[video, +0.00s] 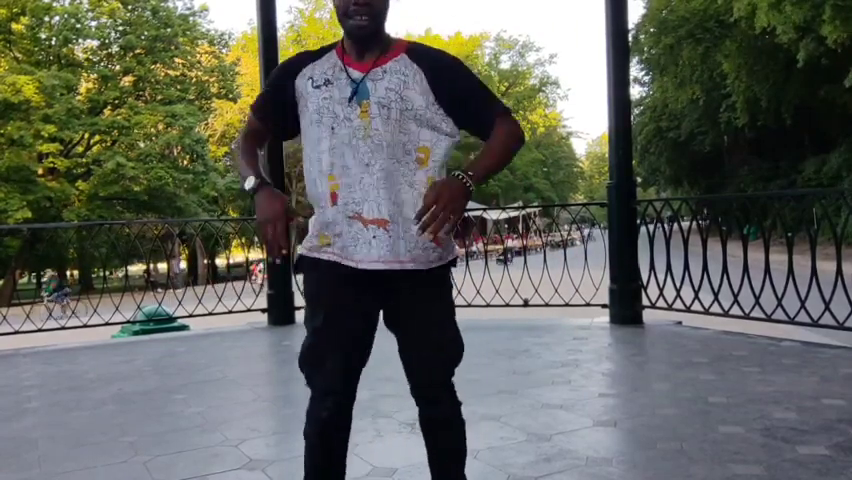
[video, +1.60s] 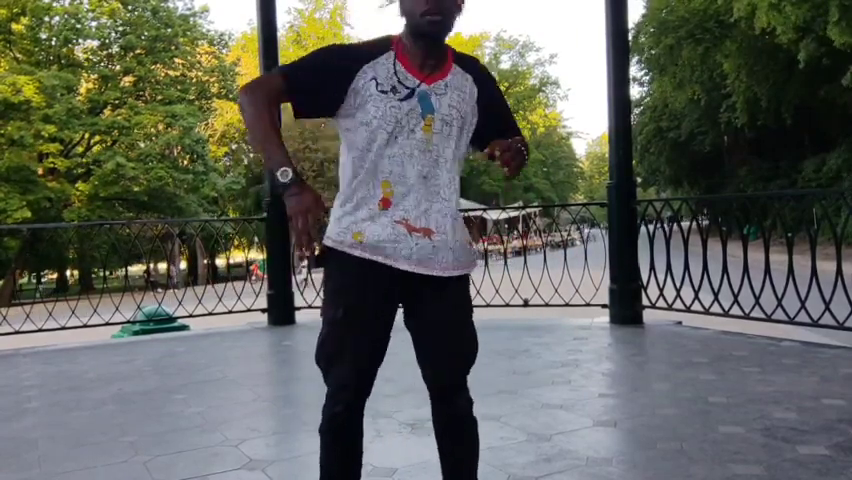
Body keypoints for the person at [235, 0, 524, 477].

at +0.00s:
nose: (358, 1)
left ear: (386, 2)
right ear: (334, 5)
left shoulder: (433, 67)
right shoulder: (300, 74)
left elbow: (508, 130)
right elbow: (249, 138)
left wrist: (465, 181)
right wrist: (261, 188)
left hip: (420, 266)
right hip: (336, 267)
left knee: (436, 396)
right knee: (329, 400)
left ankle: (451, 479)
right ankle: (321, 479)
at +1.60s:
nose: (433, 4)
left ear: (460, 7)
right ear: (401, 3)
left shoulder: (474, 78)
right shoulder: (353, 62)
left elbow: (508, 153)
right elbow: (254, 95)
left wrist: (513, 156)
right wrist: (289, 182)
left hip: (441, 264)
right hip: (360, 259)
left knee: (453, 398)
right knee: (344, 400)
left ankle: (462, 479)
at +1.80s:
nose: (489, 43)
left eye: (500, 38)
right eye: (477, 30)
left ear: (506, 54)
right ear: (449, 37)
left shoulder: (505, 114)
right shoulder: (400, 69)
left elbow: (538, 165)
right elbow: (293, 67)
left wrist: (526, 195)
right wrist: (283, 153)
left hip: (446, 279)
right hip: (372, 268)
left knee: (458, 397)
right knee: (375, 396)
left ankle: (462, 477)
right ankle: (337, 476)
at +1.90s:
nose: (489, 49)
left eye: (502, 43)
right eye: (477, 36)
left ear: (510, 58)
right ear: (452, 43)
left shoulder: (502, 127)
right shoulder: (404, 66)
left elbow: (544, 184)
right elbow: (305, 68)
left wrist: (526, 202)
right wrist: (281, 148)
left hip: (460, 266)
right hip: (395, 258)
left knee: (473, 394)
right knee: (435, 386)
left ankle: (467, 477)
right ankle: (373, 475)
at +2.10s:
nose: (472, 26)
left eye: (485, 17)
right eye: (461, 14)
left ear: (496, 27)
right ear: (441, 18)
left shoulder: (503, 113)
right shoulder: (390, 68)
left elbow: (514, 215)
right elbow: (319, 118)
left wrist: (516, 182)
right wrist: (290, 201)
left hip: (479, 263)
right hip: (408, 252)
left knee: (494, 387)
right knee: (433, 377)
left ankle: (471, 478)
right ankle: (408, 476)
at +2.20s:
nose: (461, 15)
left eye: (474, 5)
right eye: (449, 5)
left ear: (490, 14)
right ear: (433, 12)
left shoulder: (507, 99)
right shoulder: (390, 72)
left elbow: (496, 196)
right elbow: (351, 145)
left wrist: (525, 163)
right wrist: (319, 227)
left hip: (480, 263)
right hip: (398, 254)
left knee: (490, 390)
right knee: (374, 369)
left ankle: (476, 477)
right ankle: (395, 475)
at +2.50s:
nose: (431, 10)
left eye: (443, 1)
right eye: (420, 3)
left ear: (464, 8)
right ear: (408, 12)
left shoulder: (489, 64)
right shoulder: (390, 91)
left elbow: (547, 152)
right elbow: (373, 184)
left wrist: (551, 105)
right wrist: (357, 268)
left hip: (457, 257)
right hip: (382, 256)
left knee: (464, 394)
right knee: (378, 392)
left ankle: (481, 476)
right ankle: (399, 476)